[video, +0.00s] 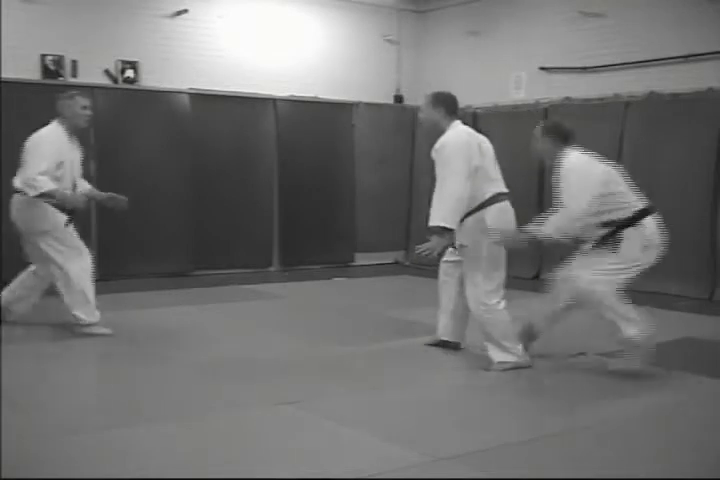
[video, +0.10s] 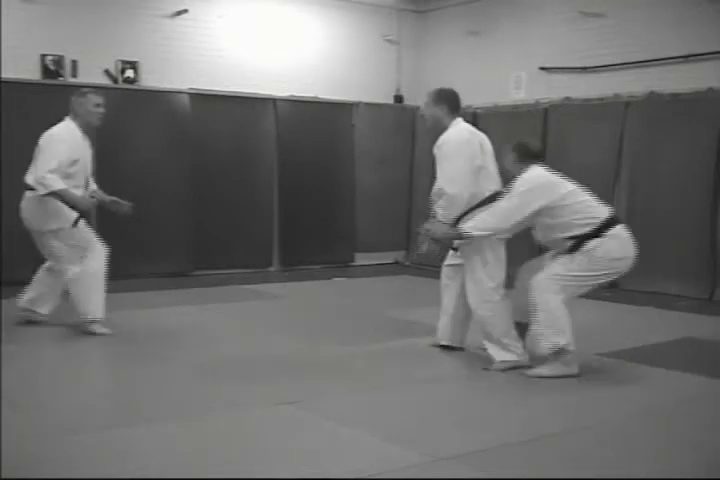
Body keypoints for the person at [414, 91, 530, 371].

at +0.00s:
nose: (420, 117)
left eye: (424, 111)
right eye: (421, 111)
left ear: (441, 112)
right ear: (445, 113)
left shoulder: (455, 141)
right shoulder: (467, 137)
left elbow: (453, 189)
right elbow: (461, 188)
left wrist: (441, 234)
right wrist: (448, 232)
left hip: (484, 217)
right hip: (480, 216)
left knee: (482, 289)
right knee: (451, 267)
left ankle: (510, 355)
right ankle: (449, 335)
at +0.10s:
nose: (423, 114)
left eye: (426, 108)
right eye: (424, 108)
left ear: (442, 110)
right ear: (451, 110)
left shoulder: (454, 141)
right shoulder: (472, 135)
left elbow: (455, 191)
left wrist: (439, 223)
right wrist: (440, 214)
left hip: (479, 222)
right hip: (479, 220)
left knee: (484, 287)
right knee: (453, 273)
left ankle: (510, 353)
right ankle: (450, 337)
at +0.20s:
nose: (424, 113)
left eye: (427, 107)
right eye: (425, 107)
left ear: (442, 108)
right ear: (452, 108)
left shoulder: (449, 140)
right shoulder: (470, 134)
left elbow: (455, 190)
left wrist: (437, 220)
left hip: (473, 218)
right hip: (482, 214)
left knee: (487, 286)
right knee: (453, 275)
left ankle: (508, 353)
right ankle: (452, 336)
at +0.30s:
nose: (411, 117)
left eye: (417, 112)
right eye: (413, 112)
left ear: (433, 116)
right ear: (434, 117)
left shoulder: (444, 149)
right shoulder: (451, 142)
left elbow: (471, 195)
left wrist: (454, 236)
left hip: (481, 226)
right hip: (467, 225)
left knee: (471, 287)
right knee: (443, 271)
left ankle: (505, 347)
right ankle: (455, 334)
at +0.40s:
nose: (398, 134)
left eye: (403, 128)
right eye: (400, 128)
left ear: (419, 132)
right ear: (421, 133)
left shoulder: (437, 161)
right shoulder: (432, 158)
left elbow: (461, 204)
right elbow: (447, 203)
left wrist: (446, 241)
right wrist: (444, 237)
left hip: (492, 223)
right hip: (480, 223)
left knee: (455, 282)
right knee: (436, 269)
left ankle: (489, 339)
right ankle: (457, 332)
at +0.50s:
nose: (387, 153)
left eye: (391, 147)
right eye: (389, 147)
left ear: (407, 147)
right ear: (415, 148)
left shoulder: (426, 173)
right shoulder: (443, 163)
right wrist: (448, 253)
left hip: (488, 230)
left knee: (443, 288)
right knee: (433, 276)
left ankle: (473, 353)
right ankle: (454, 335)